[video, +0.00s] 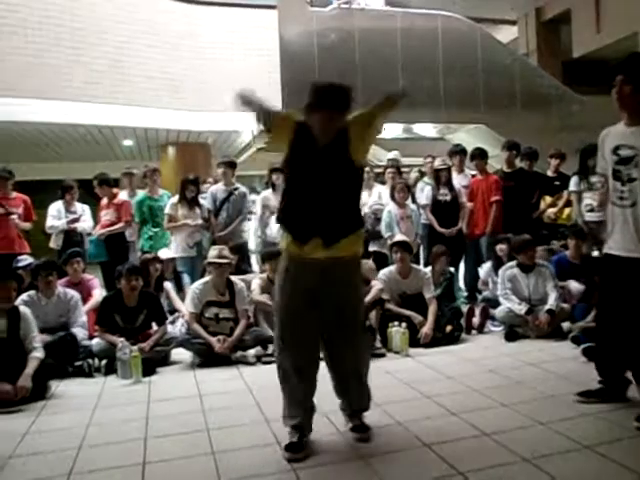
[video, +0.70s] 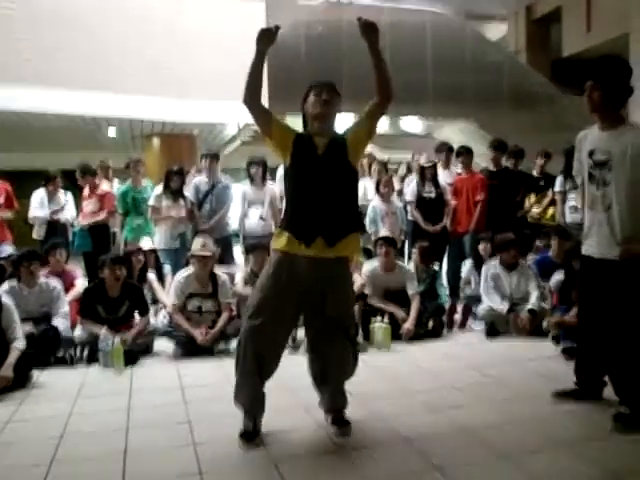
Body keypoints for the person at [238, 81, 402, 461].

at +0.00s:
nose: (323, 123)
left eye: (331, 116)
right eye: (318, 115)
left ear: (342, 116)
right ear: (309, 112)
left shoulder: (355, 135)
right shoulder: (292, 131)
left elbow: (379, 113)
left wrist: (393, 100)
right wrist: (253, 105)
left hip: (343, 259)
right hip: (297, 259)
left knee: (348, 341)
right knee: (293, 346)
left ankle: (354, 411)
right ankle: (297, 426)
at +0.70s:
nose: (321, 102)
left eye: (328, 98)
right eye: (315, 98)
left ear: (337, 109)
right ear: (303, 108)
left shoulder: (350, 145)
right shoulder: (290, 142)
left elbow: (384, 99)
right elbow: (253, 102)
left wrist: (374, 46)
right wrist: (261, 52)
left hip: (335, 260)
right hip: (289, 257)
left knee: (335, 340)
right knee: (257, 334)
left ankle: (336, 407)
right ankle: (250, 416)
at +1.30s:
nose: (281, 91)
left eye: (287, 85)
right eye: (274, 85)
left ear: (295, 94)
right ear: (261, 92)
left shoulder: (305, 132)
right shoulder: (248, 133)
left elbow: (339, 86)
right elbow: (216, 81)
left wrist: (333, 34)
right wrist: (227, 28)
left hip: (311, 246)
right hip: (269, 247)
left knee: (330, 321)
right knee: (274, 332)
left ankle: (342, 381)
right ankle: (260, 401)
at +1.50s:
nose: (267, 169)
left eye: (273, 163)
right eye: (261, 164)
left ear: (281, 171)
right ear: (247, 171)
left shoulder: (292, 207)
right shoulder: (233, 205)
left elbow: (330, 175)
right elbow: (193, 178)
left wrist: (322, 128)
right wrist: (208, 126)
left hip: (291, 317)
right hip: (248, 321)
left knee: (330, 389)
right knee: (259, 403)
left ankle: (336, 462)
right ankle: (258, 468)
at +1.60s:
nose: (263, 175)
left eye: (270, 168)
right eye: (255, 168)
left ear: (278, 172)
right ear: (242, 172)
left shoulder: (287, 210)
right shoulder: (226, 209)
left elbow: (327, 220)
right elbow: (180, 205)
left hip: (285, 321)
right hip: (242, 325)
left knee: (333, 390)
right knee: (255, 409)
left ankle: (343, 470)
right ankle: (257, 470)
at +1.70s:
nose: (274, 147)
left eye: (273, 141)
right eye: (266, 141)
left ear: (272, 149)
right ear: (244, 148)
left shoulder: (281, 194)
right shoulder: (225, 184)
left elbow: (299, 243)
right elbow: (207, 176)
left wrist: (319, 242)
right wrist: (200, 159)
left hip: (278, 301)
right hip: (239, 304)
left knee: (311, 374)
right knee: (249, 387)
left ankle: (349, 450)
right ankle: (256, 460)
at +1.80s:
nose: (271, 133)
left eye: (272, 127)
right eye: (263, 127)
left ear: (269, 138)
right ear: (240, 134)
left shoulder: (278, 185)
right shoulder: (222, 171)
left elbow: (288, 236)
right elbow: (214, 115)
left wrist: (294, 277)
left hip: (277, 286)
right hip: (234, 287)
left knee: (298, 366)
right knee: (245, 371)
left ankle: (306, 451)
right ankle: (252, 449)